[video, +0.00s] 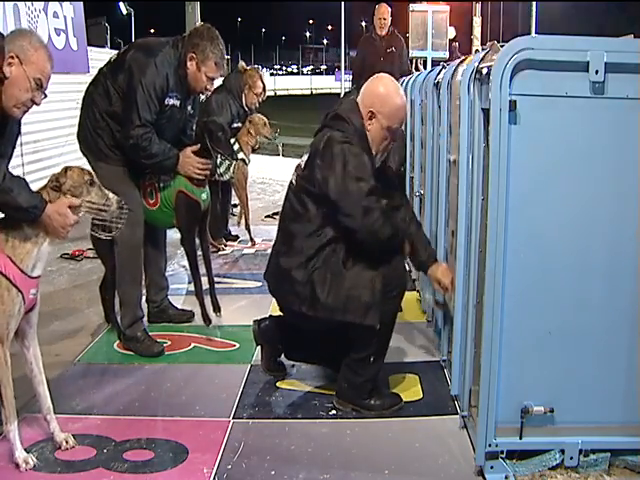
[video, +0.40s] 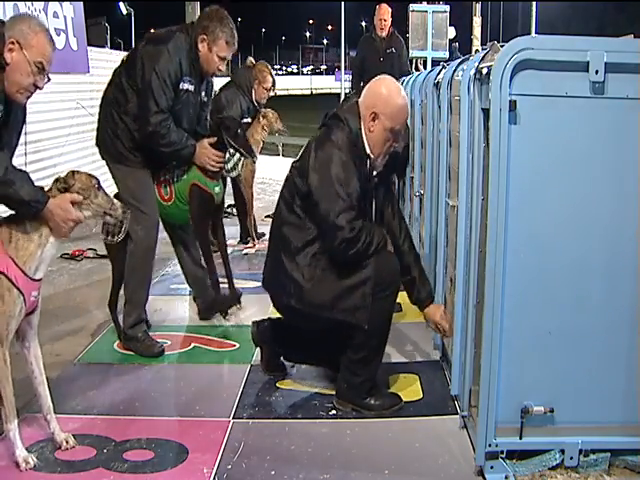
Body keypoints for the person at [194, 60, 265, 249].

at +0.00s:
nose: (259, 100)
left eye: (260, 95)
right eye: (257, 94)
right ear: (243, 89)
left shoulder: (240, 102)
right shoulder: (221, 103)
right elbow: (216, 132)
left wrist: (250, 142)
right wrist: (232, 154)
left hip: (224, 150)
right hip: (206, 151)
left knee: (225, 194)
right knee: (213, 195)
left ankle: (223, 229)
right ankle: (213, 233)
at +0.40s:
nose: (269, 94)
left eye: (270, 89)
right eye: (266, 89)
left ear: (257, 85)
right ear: (253, 85)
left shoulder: (248, 95)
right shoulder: (232, 98)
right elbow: (229, 130)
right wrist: (250, 152)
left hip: (238, 143)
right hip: (216, 146)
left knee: (243, 190)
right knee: (216, 194)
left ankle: (249, 231)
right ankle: (212, 235)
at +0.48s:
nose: (272, 94)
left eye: (273, 90)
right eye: (269, 89)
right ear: (257, 84)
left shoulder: (252, 95)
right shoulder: (237, 95)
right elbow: (234, 126)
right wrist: (255, 151)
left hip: (243, 145)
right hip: (228, 147)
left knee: (248, 192)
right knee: (244, 193)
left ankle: (251, 230)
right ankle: (246, 234)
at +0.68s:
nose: (280, 90)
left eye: (282, 86)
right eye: (278, 85)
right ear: (267, 80)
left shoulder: (268, 99)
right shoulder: (248, 95)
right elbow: (244, 125)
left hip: (257, 147)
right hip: (242, 149)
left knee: (255, 191)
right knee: (249, 193)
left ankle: (254, 229)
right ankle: (249, 232)